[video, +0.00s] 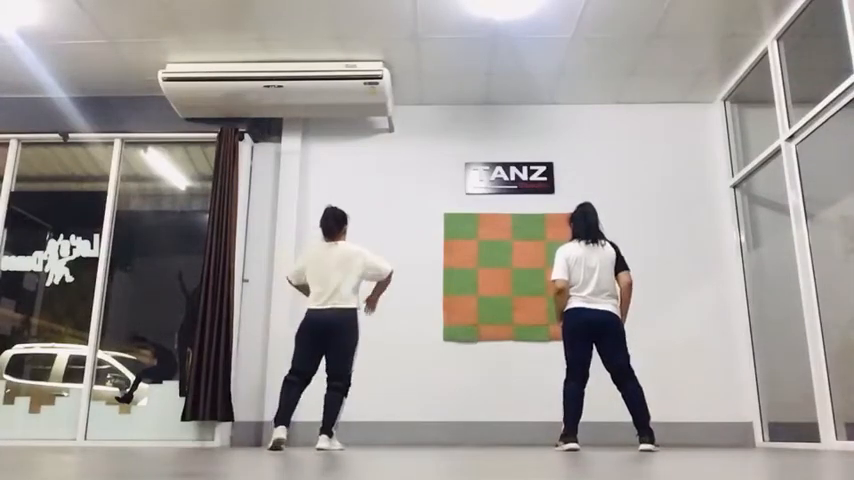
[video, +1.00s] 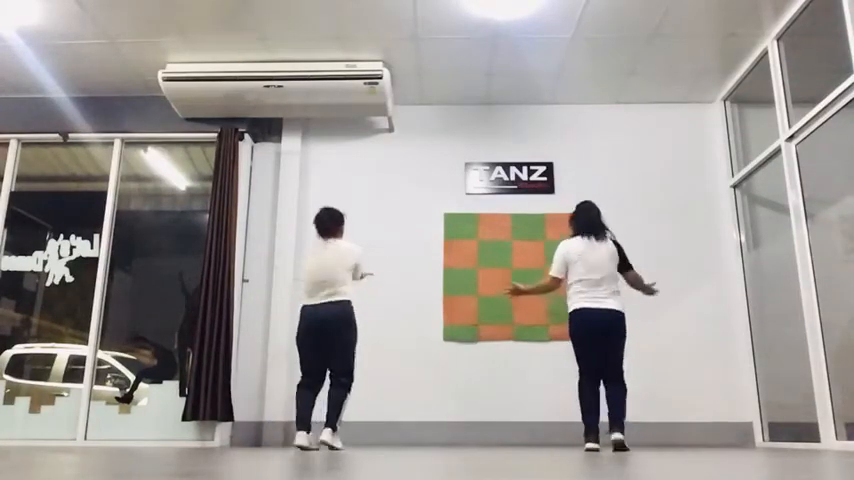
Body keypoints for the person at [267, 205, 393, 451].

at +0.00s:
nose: (345, 230)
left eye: (341, 227)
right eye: (345, 227)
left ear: (322, 229)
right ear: (344, 229)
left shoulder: (312, 252)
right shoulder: (354, 253)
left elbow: (295, 278)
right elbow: (386, 273)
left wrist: (314, 294)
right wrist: (374, 297)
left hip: (314, 320)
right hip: (344, 322)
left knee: (298, 375)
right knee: (338, 381)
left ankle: (280, 427)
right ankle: (325, 435)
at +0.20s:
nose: (349, 234)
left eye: (343, 230)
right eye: (349, 230)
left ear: (326, 231)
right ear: (349, 231)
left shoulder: (315, 253)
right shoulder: (358, 251)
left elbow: (297, 278)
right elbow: (389, 269)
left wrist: (317, 293)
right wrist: (368, 289)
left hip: (317, 319)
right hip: (347, 320)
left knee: (316, 373)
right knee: (341, 381)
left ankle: (294, 410)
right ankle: (326, 436)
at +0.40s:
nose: (355, 246)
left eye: (353, 243)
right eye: (355, 243)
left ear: (331, 243)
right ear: (353, 244)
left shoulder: (318, 264)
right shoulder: (358, 263)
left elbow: (301, 291)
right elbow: (384, 289)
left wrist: (318, 303)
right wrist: (360, 301)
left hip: (315, 321)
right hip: (345, 323)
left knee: (327, 374)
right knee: (346, 383)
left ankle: (321, 416)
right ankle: (326, 435)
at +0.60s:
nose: (353, 249)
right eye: (353, 245)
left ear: (332, 246)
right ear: (354, 247)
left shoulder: (320, 267)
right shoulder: (359, 267)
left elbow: (313, 294)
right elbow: (372, 306)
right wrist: (352, 308)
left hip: (315, 320)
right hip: (345, 320)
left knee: (319, 381)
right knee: (347, 380)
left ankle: (327, 432)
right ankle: (326, 434)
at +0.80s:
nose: (344, 238)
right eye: (346, 233)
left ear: (326, 234)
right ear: (349, 235)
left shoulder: (316, 258)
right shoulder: (358, 259)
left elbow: (309, 286)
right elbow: (362, 293)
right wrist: (342, 283)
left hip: (313, 311)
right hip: (343, 313)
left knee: (313, 377)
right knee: (341, 378)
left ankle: (320, 433)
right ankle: (326, 431)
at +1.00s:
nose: (343, 229)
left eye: (341, 226)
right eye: (343, 226)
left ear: (318, 229)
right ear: (341, 227)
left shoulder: (311, 253)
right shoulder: (351, 251)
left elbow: (316, 277)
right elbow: (357, 275)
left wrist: (352, 275)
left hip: (310, 314)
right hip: (340, 313)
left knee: (310, 376)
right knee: (341, 376)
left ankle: (302, 432)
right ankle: (330, 430)